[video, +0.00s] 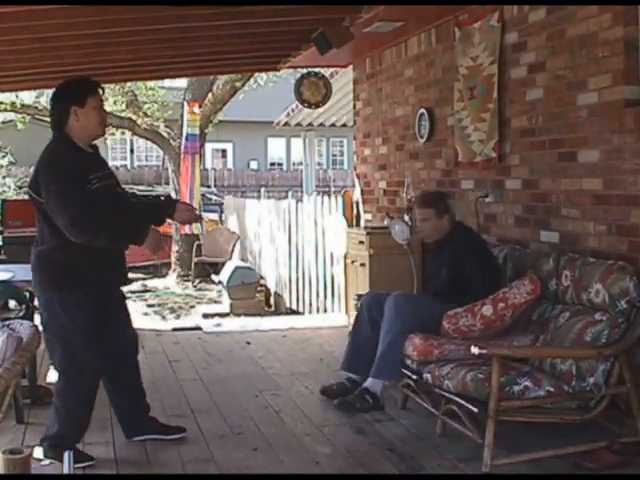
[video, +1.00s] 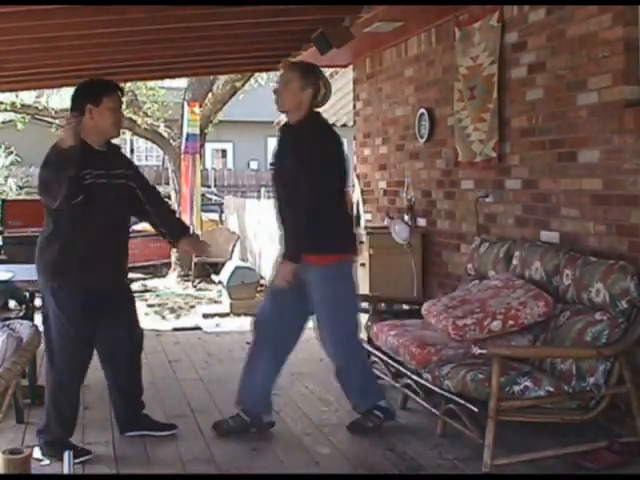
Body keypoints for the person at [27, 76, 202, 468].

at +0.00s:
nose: (106, 113)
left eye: (104, 106)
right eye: (99, 106)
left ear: (79, 113)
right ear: (76, 113)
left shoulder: (89, 159)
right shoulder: (58, 162)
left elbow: (119, 204)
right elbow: (82, 225)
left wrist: (169, 207)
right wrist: (140, 235)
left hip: (99, 280)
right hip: (66, 285)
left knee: (120, 352)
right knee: (78, 365)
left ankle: (137, 424)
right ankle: (57, 444)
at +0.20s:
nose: (100, 113)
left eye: (97, 105)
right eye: (92, 106)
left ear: (74, 114)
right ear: (69, 113)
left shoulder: (90, 160)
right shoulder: (47, 167)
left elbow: (119, 202)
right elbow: (69, 229)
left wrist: (169, 206)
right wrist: (127, 242)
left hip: (97, 276)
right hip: (60, 282)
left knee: (120, 347)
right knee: (75, 362)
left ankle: (133, 423)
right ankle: (57, 444)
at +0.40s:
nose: (101, 113)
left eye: (99, 106)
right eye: (93, 106)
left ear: (76, 113)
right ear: (69, 113)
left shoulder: (96, 161)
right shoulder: (42, 167)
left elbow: (127, 200)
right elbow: (50, 232)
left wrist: (179, 194)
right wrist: (101, 263)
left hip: (99, 272)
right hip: (59, 276)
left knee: (121, 346)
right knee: (73, 358)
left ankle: (131, 422)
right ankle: (57, 442)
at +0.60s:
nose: (107, 115)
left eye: (106, 108)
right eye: (100, 109)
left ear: (85, 113)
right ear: (74, 113)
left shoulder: (103, 160)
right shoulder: (44, 164)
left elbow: (133, 199)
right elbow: (37, 229)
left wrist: (160, 180)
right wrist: (58, 271)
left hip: (100, 276)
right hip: (57, 279)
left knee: (120, 346)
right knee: (69, 360)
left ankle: (131, 418)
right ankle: (57, 443)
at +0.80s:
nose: (118, 117)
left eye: (117, 110)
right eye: (112, 110)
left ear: (95, 114)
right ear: (87, 113)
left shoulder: (116, 162)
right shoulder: (56, 162)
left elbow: (153, 206)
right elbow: (41, 225)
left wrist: (139, 203)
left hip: (106, 277)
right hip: (63, 280)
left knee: (124, 347)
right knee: (67, 361)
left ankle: (130, 419)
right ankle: (56, 442)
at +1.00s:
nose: (121, 118)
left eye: (121, 110)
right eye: (115, 110)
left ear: (100, 114)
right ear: (89, 112)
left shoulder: (120, 163)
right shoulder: (60, 157)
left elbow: (150, 203)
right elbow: (54, 195)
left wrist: (183, 236)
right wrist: (69, 148)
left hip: (110, 274)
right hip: (66, 276)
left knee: (124, 347)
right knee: (68, 361)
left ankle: (131, 419)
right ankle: (54, 441)